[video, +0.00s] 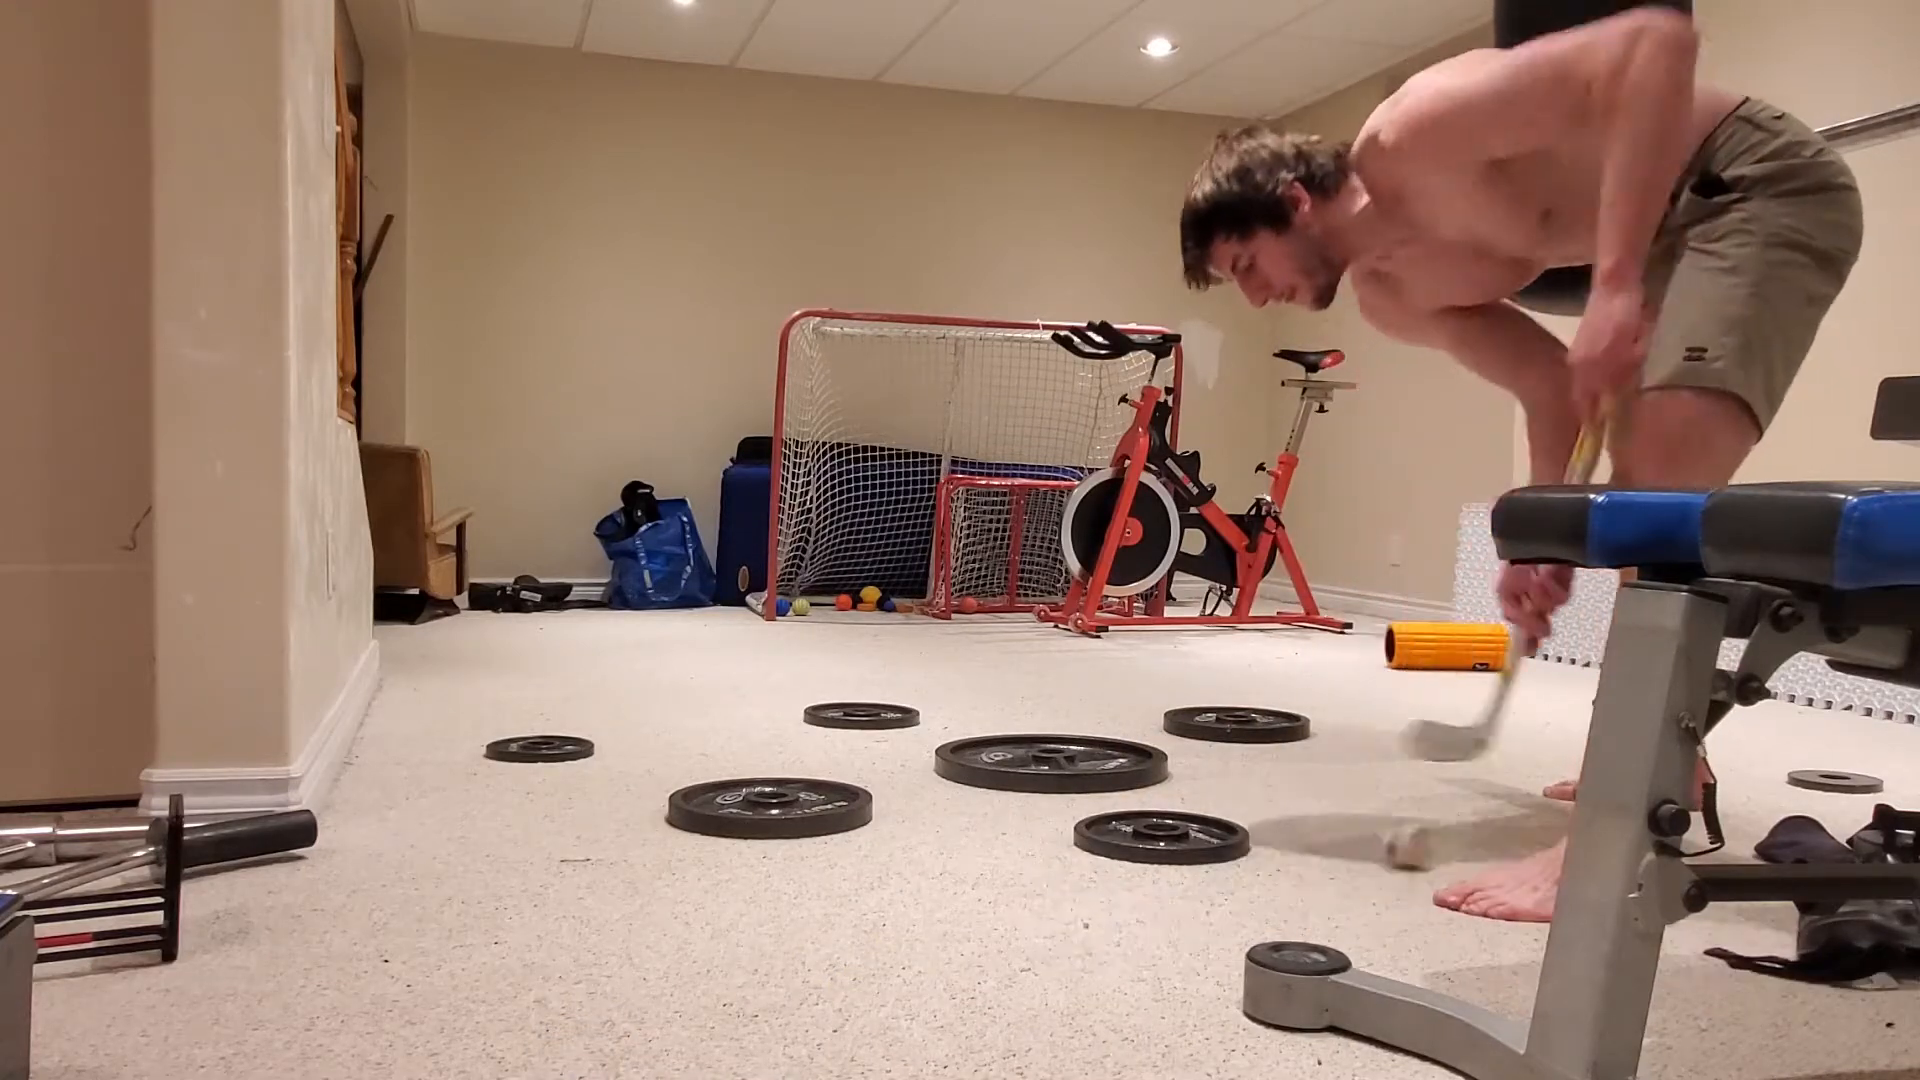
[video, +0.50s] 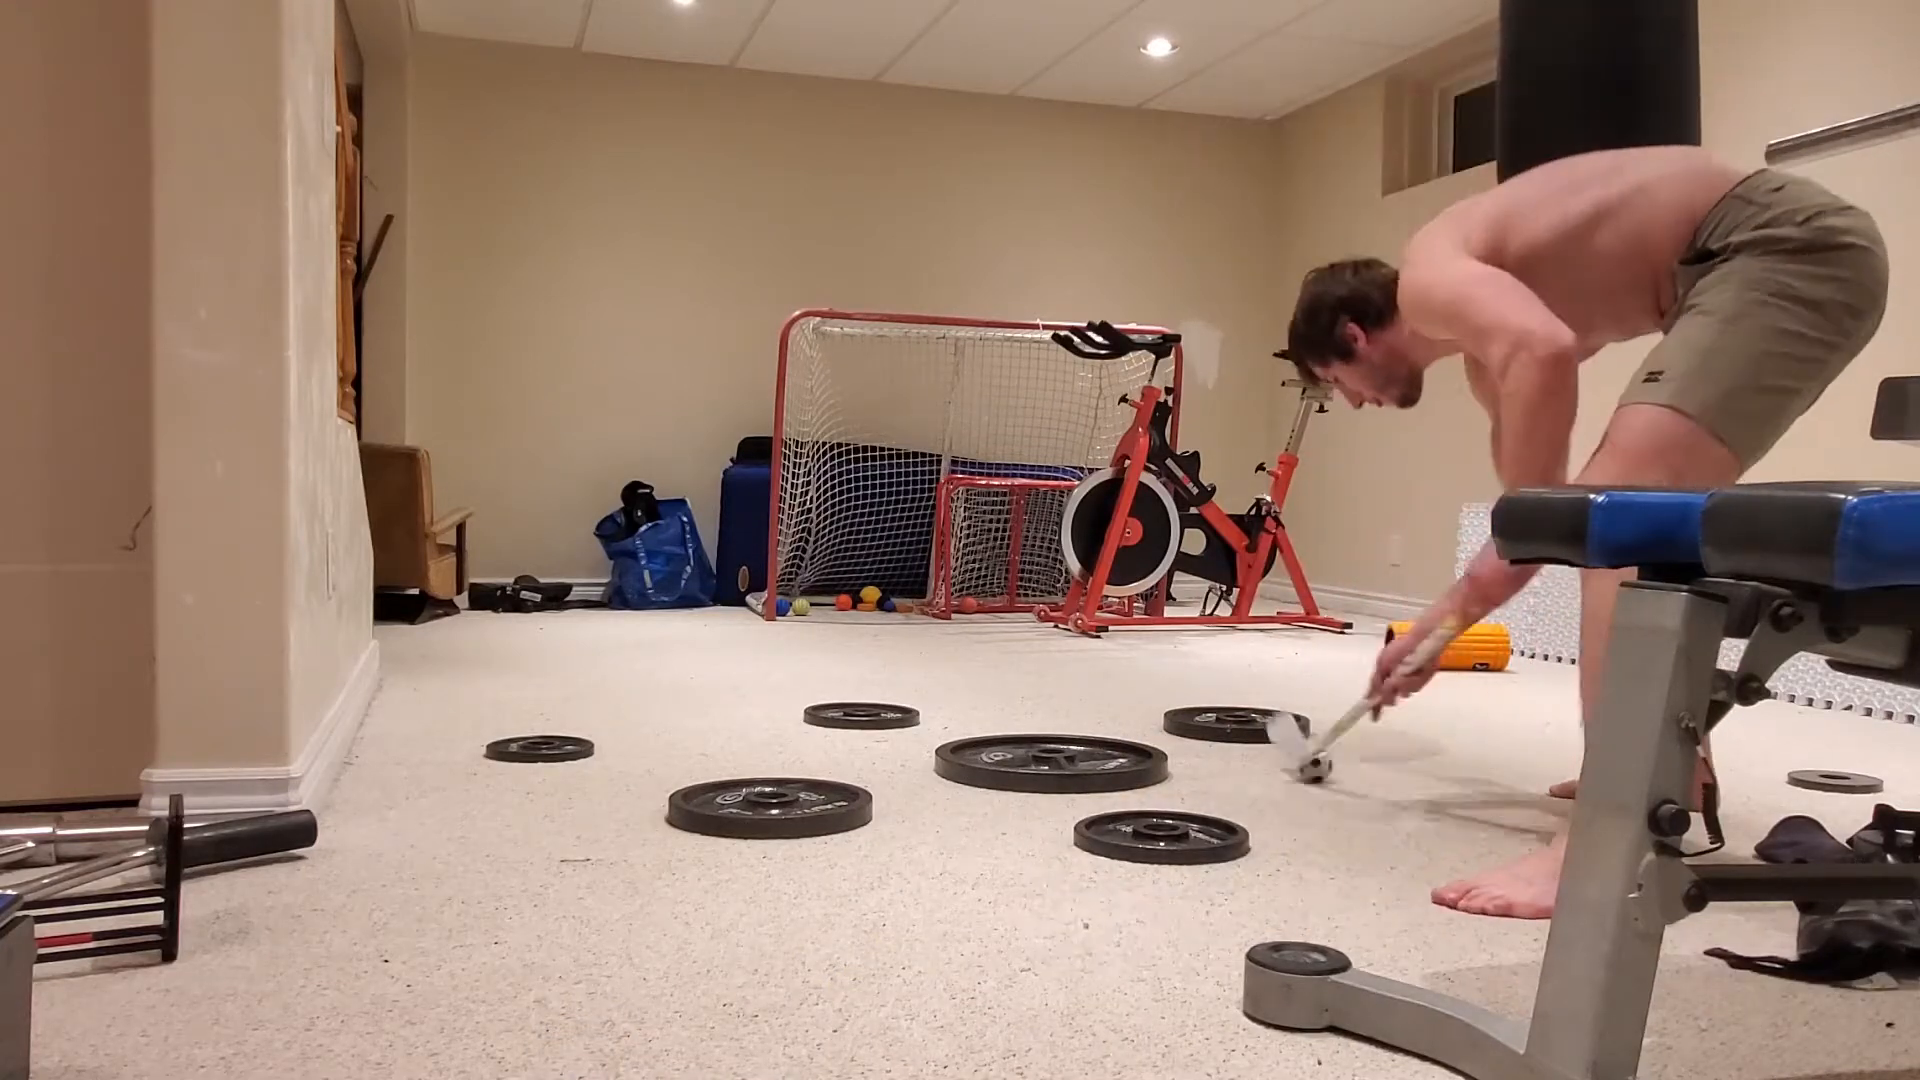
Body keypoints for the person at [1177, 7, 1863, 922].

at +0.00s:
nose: (1257, 298)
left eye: (1247, 265)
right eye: (1238, 286)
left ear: (1291, 198)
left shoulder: (1415, 131)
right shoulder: (1391, 298)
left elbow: (1654, 45)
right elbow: (1547, 376)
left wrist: (1614, 286)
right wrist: (1538, 536)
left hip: (1758, 178)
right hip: (1676, 240)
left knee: (1661, 474)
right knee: (1642, 471)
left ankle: (1621, 834)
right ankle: (1669, 757)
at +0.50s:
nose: (1354, 403)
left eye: (1337, 384)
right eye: (1336, 394)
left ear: (1354, 333)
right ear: (1363, 334)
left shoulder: (1429, 277)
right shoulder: (1489, 361)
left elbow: (1545, 347)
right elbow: (1532, 522)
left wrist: (1527, 531)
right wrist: (1435, 629)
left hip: (1780, 245)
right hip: (1752, 264)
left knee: (1612, 514)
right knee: (1633, 513)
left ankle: (1610, 838)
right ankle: (1674, 760)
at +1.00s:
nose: (1326, 352)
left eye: (1313, 329)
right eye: (1310, 342)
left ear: (1339, 277)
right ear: (1345, 279)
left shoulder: (1416, 244)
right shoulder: (1471, 304)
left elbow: (1525, 317)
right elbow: (1538, 473)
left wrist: (1492, 513)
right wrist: (1471, 600)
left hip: (1759, 254)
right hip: (1704, 287)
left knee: (1623, 532)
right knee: (1583, 522)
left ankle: (1578, 845)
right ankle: (1668, 754)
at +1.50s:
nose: (1253, 297)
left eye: (1250, 264)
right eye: (1236, 280)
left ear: (1307, 201)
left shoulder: (1451, 132)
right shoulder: (1375, 329)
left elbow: (1710, 167)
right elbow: (1453, 479)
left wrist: (1630, 396)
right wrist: (1439, 633)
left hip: (1757, 226)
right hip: (1635, 288)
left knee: (1613, 509)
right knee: (1573, 550)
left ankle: (1601, 847)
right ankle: (1668, 765)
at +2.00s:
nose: (1201, 303)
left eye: (1189, 278)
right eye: (1184, 290)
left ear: (1228, 226)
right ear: (1237, 228)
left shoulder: (1335, 202)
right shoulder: (1351, 269)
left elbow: (1505, 283)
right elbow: (1458, 411)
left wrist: (1407, 431)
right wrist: (1380, 549)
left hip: (1719, 207)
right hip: (1658, 231)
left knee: (1540, 492)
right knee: (1529, 491)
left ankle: (1579, 849)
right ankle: (1607, 748)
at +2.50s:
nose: (1306, 367)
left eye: (1287, 348)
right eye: (1288, 359)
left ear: (1304, 301)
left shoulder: (1352, 249)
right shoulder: (1461, 321)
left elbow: (1436, 307)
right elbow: (1509, 473)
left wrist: (1444, 495)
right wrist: (1429, 608)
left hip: (1688, 230)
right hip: (1732, 243)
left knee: (1517, 491)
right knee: (1602, 512)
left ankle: (1482, 817)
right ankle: (1647, 762)